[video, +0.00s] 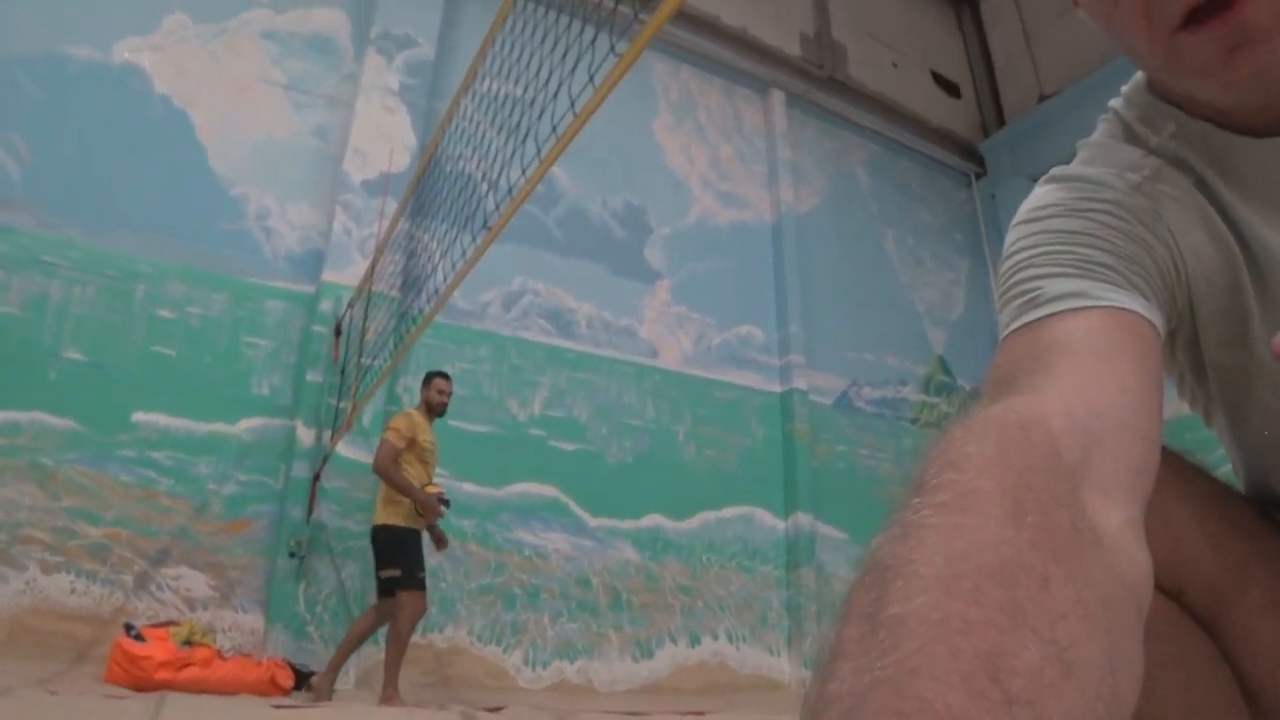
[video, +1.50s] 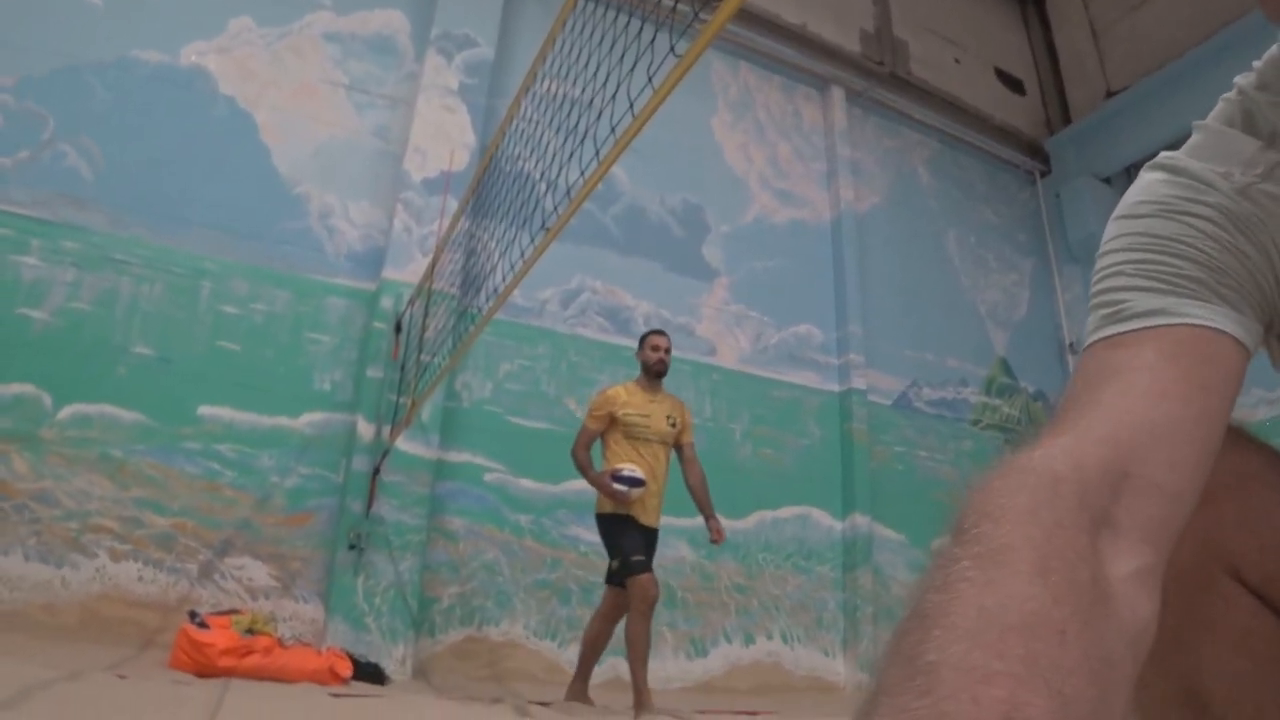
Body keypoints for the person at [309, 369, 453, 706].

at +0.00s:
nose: (445, 399)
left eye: (449, 395)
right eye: (440, 392)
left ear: (449, 400)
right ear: (423, 392)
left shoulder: (426, 430)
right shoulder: (407, 421)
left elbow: (414, 483)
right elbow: (382, 463)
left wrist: (431, 526)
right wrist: (420, 497)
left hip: (401, 528)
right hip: (396, 528)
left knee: (386, 607)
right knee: (413, 606)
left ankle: (326, 677)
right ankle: (389, 694)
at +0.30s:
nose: (457, 426)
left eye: (461, 422)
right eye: (450, 420)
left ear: (464, 428)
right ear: (436, 423)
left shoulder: (456, 469)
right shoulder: (417, 458)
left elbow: (450, 525)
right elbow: (390, 505)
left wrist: (461, 573)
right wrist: (429, 538)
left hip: (449, 571)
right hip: (421, 568)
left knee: (473, 643)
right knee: (419, 647)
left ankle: (410, 695)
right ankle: (399, 712)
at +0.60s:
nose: (500, 442)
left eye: (505, 438)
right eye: (493, 436)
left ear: (508, 444)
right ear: (479, 439)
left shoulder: (504, 487)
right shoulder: (453, 476)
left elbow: (497, 538)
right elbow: (423, 522)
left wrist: (495, 583)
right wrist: (450, 555)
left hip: (490, 593)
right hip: (453, 591)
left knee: (526, 648)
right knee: (433, 665)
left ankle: (516, 716)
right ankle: (405, 715)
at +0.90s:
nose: (580, 428)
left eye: (585, 424)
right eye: (576, 421)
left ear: (587, 430)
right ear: (558, 420)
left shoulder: (576, 473)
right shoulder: (526, 454)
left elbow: (569, 529)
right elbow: (487, 497)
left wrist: (566, 576)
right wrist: (511, 533)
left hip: (552, 576)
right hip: (512, 571)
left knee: (570, 640)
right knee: (486, 646)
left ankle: (551, 716)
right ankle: (441, 713)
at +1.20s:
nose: (630, 384)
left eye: (635, 380)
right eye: (624, 376)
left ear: (638, 389)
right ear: (608, 380)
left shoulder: (634, 437)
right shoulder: (578, 414)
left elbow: (643, 494)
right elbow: (538, 458)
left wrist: (657, 548)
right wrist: (559, 491)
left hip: (605, 534)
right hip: (570, 526)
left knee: (596, 619)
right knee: (590, 604)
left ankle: (567, 708)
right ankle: (542, 667)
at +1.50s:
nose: (661, 356)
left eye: (666, 351)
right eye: (654, 349)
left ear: (671, 359)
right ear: (639, 354)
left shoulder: (676, 409)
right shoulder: (613, 398)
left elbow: (691, 465)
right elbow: (579, 450)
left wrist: (709, 515)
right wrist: (597, 481)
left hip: (648, 519)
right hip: (615, 513)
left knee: (611, 608)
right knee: (646, 594)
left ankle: (577, 690)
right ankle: (642, 701)